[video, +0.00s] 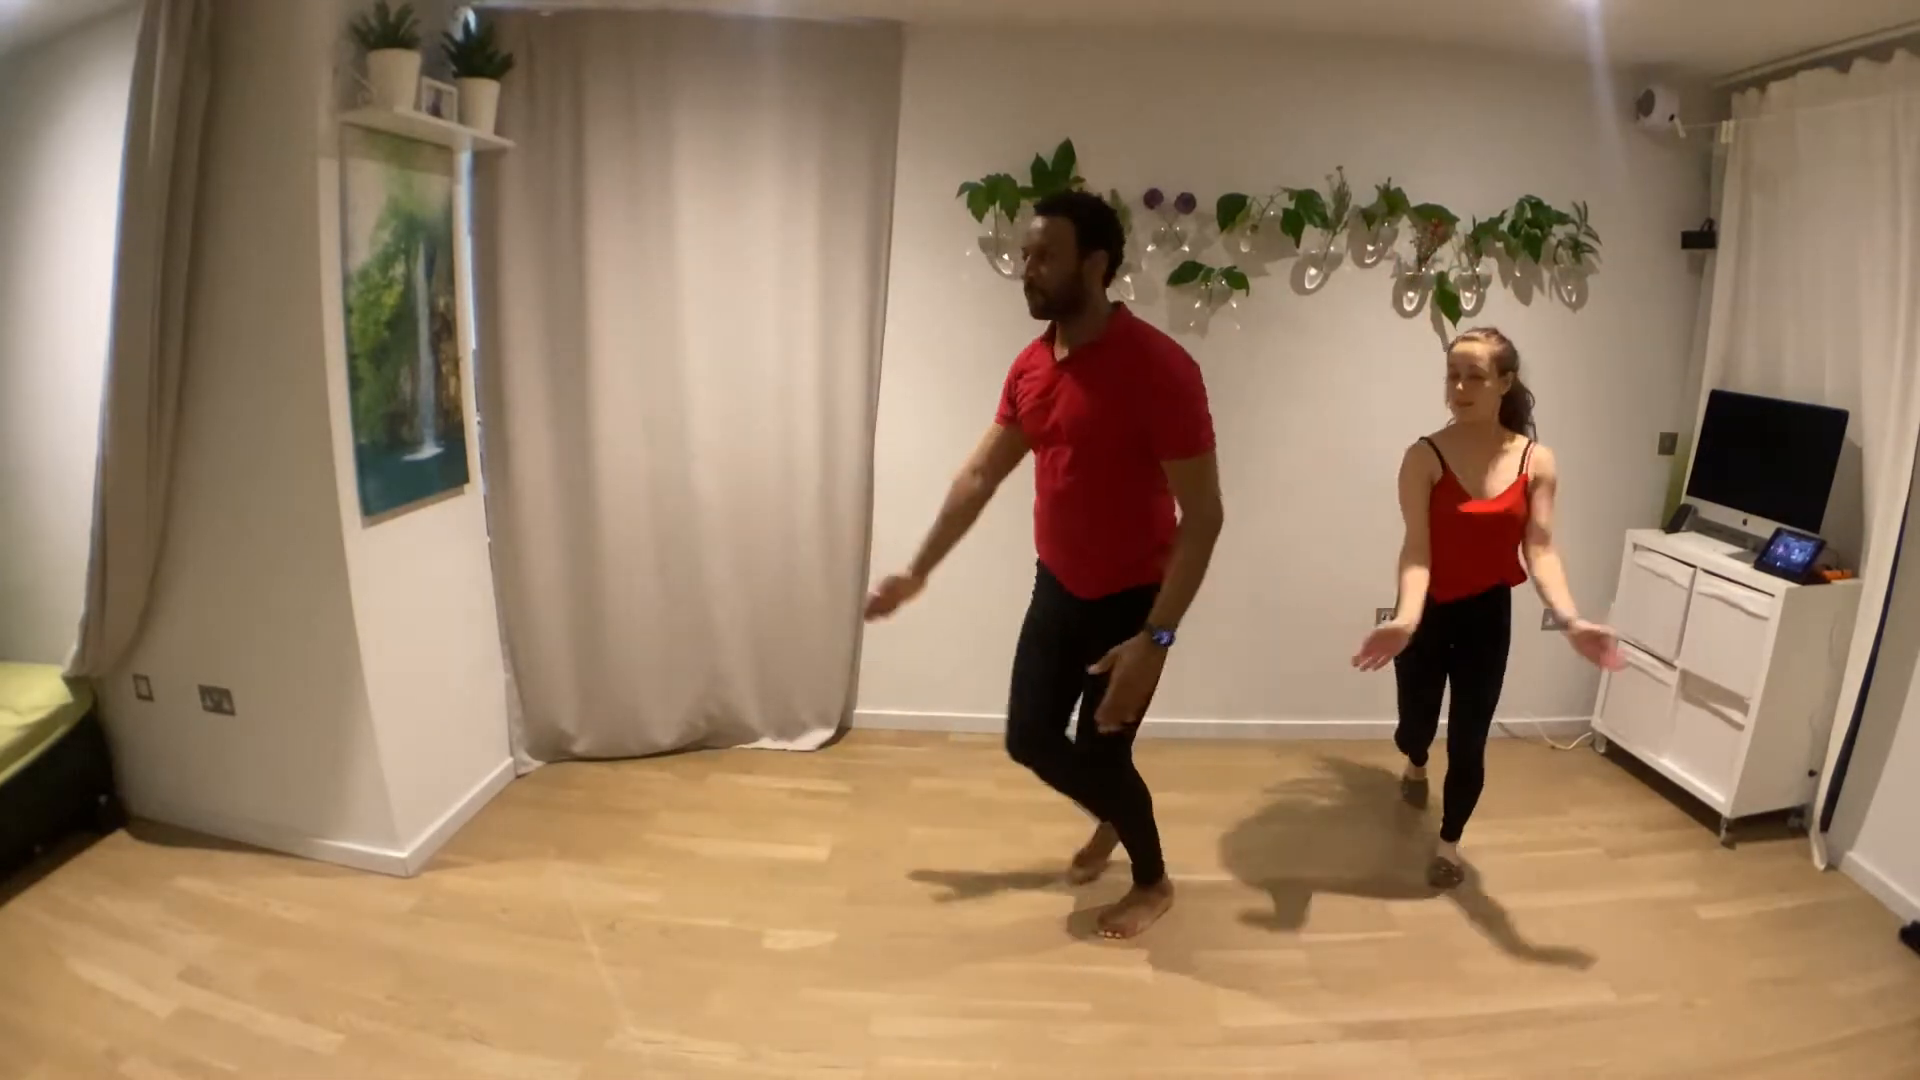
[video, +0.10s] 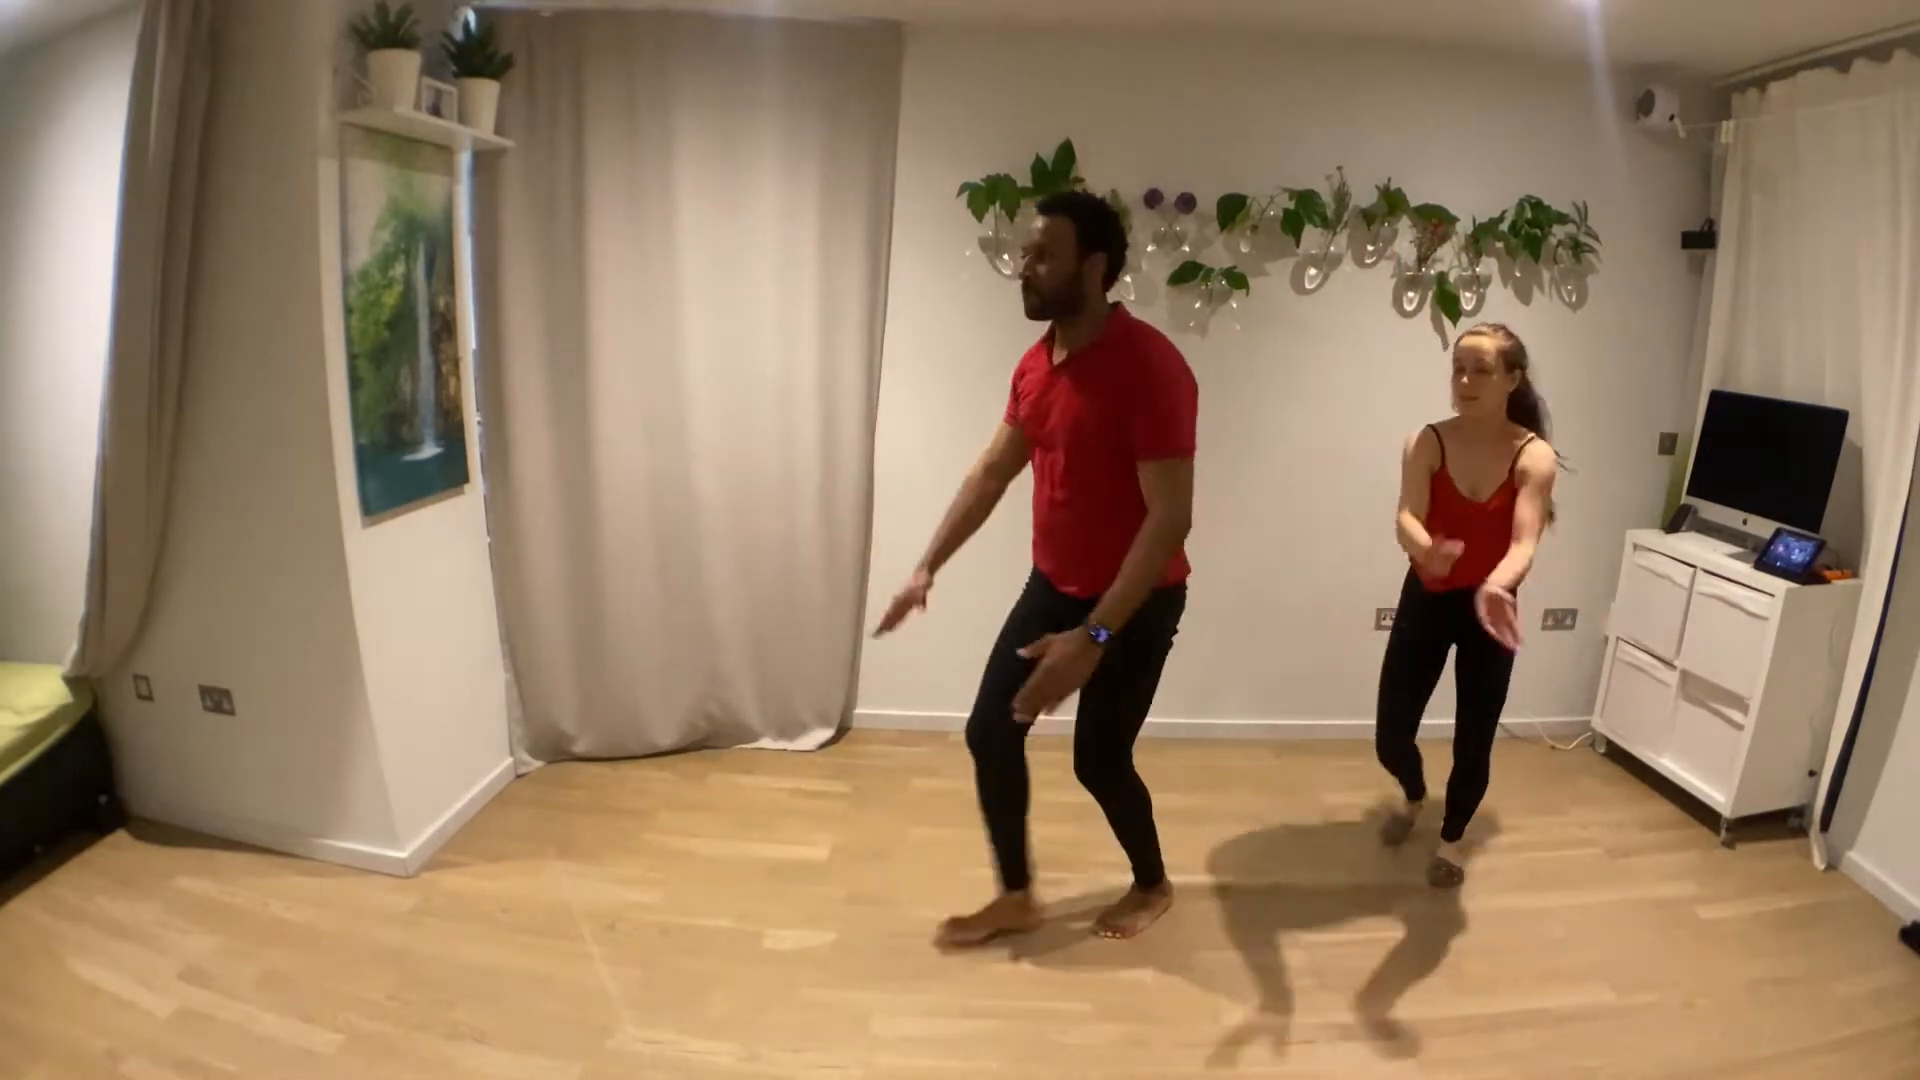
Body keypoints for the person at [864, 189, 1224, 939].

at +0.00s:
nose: (1025, 270)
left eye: (1044, 256)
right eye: (1024, 256)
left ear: (1099, 264)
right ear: (1030, 263)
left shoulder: (1161, 370)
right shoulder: (1036, 367)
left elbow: (1204, 516)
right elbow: (979, 475)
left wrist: (1156, 637)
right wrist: (917, 571)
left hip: (1133, 596)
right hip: (1059, 587)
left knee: (1100, 753)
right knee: (1030, 740)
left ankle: (1152, 881)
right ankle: (1119, 814)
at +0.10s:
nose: (1023, 269)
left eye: (1042, 256)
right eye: (1023, 255)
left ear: (1100, 267)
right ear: (1031, 261)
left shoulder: (1152, 370)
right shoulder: (1042, 364)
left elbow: (1170, 521)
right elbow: (992, 472)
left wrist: (1092, 634)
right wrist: (926, 569)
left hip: (1136, 598)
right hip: (1057, 587)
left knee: (1101, 758)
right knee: (992, 728)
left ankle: (1151, 885)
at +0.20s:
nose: (1014, 271)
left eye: (1033, 259)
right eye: (1017, 257)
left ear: (1087, 275)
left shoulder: (1137, 362)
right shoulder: (1031, 359)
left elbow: (1166, 485)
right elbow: (959, 414)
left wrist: (1072, 583)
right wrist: (887, 456)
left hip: (1125, 604)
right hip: (1045, 597)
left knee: (1095, 765)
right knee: (971, 750)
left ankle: (1152, 885)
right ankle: (876, 901)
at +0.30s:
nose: (996, 276)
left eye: (1015, 265)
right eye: (998, 261)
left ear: (1068, 281)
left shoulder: (1112, 356)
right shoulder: (1011, 339)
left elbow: (1175, 415)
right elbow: (945, 322)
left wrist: (1087, 489)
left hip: (1109, 612)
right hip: (1025, 604)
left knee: (1086, 777)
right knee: (930, 747)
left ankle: (1152, 882)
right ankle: (819, 899)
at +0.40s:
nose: (968, 276)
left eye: (987, 264)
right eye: (971, 261)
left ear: (1042, 279)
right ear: (979, 270)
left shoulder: (1084, 344)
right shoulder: (998, 325)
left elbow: (1178, 341)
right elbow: (958, 257)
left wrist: (1122, 373)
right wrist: (868, 218)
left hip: (1084, 620)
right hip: (997, 605)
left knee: (1072, 787)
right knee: (895, 747)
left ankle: (1152, 882)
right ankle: (821, 931)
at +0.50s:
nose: (927, 262)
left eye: (945, 249)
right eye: (931, 245)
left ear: (999, 270)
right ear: (976, 265)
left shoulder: (1056, 336)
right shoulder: (962, 329)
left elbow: (1156, 315)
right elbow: (949, 228)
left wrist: (1138, 313)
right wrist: (886, 149)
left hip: (1039, 626)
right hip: (952, 617)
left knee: (1064, 783)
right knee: (868, 769)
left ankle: (1152, 876)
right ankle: (838, 959)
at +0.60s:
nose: (881, 259)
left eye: (900, 245)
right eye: (885, 244)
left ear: (954, 264)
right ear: (928, 260)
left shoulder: (1010, 346)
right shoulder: (917, 335)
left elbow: (1137, 330)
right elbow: (926, 241)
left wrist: (1123, 231)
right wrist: (906, 137)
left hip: (982, 626)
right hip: (900, 622)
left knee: (1040, 779)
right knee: (829, 791)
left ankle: (1143, 868)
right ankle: (844, 976)